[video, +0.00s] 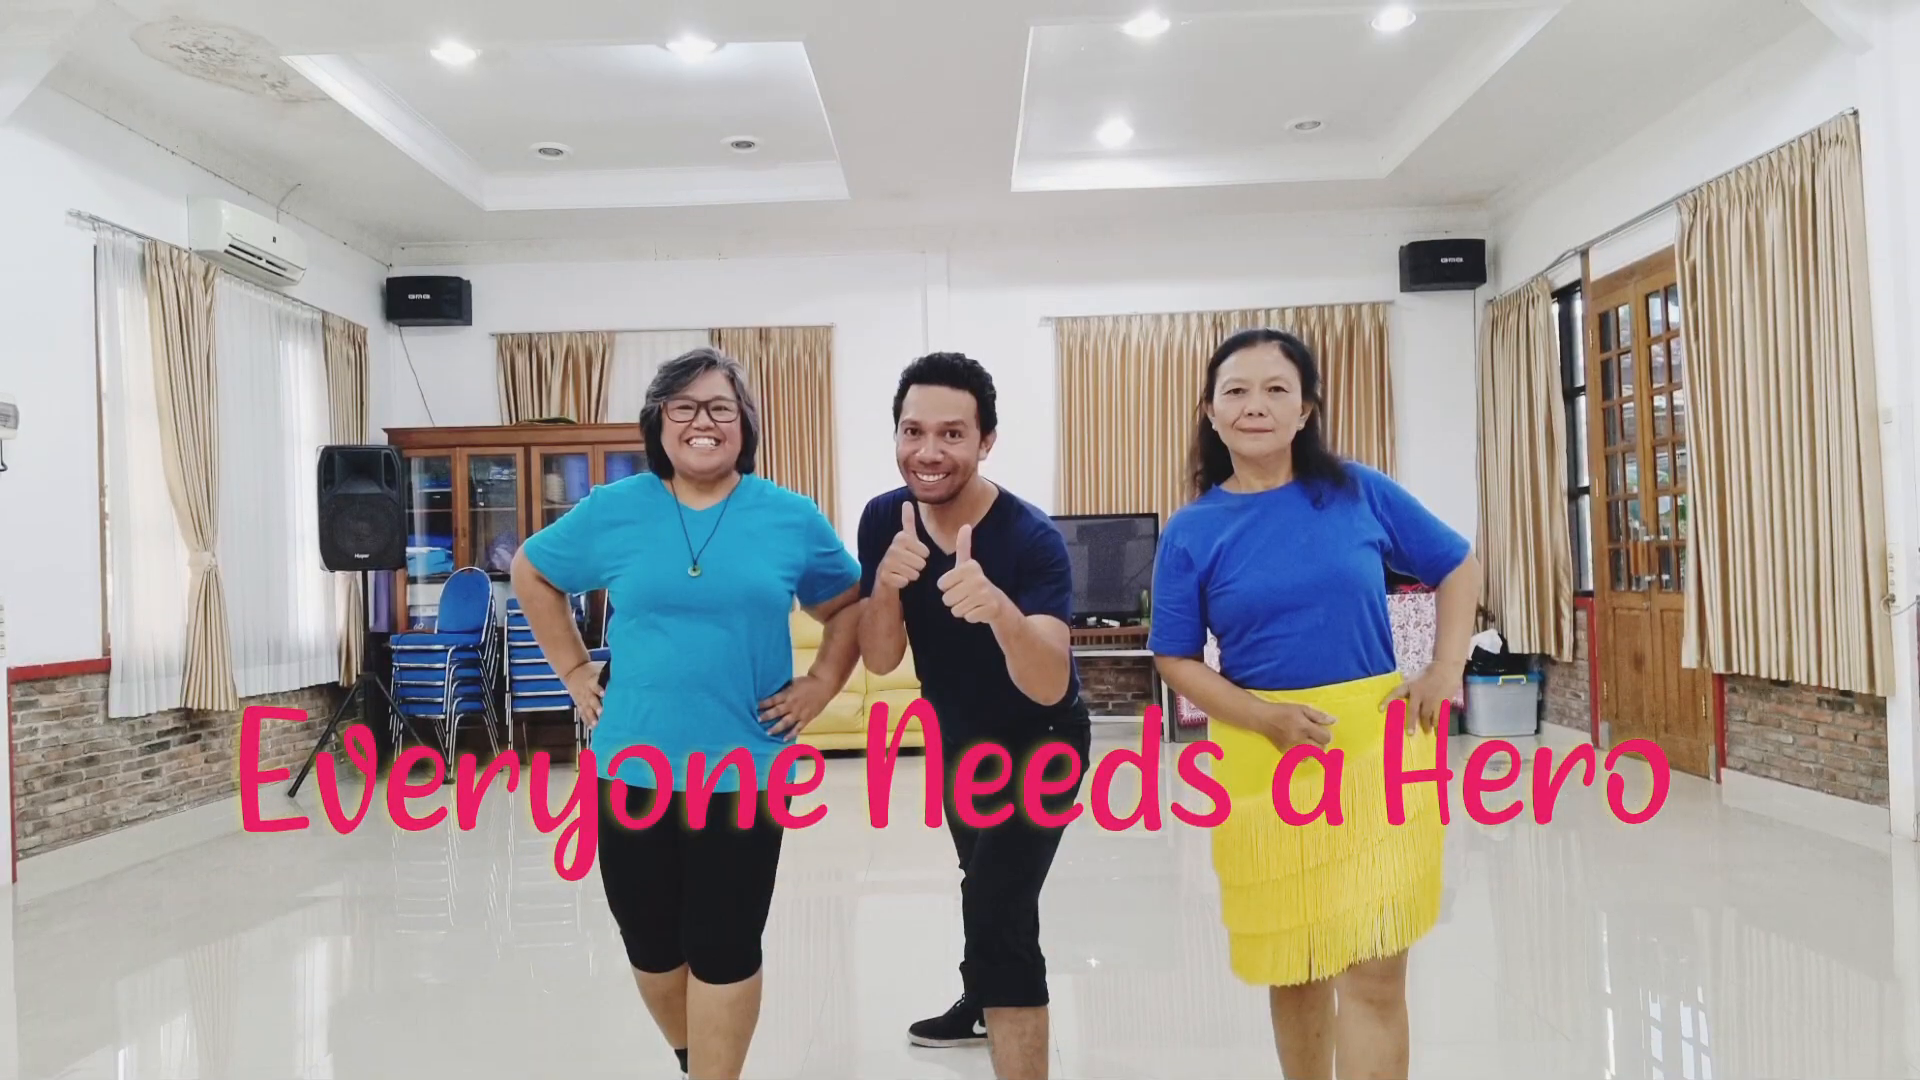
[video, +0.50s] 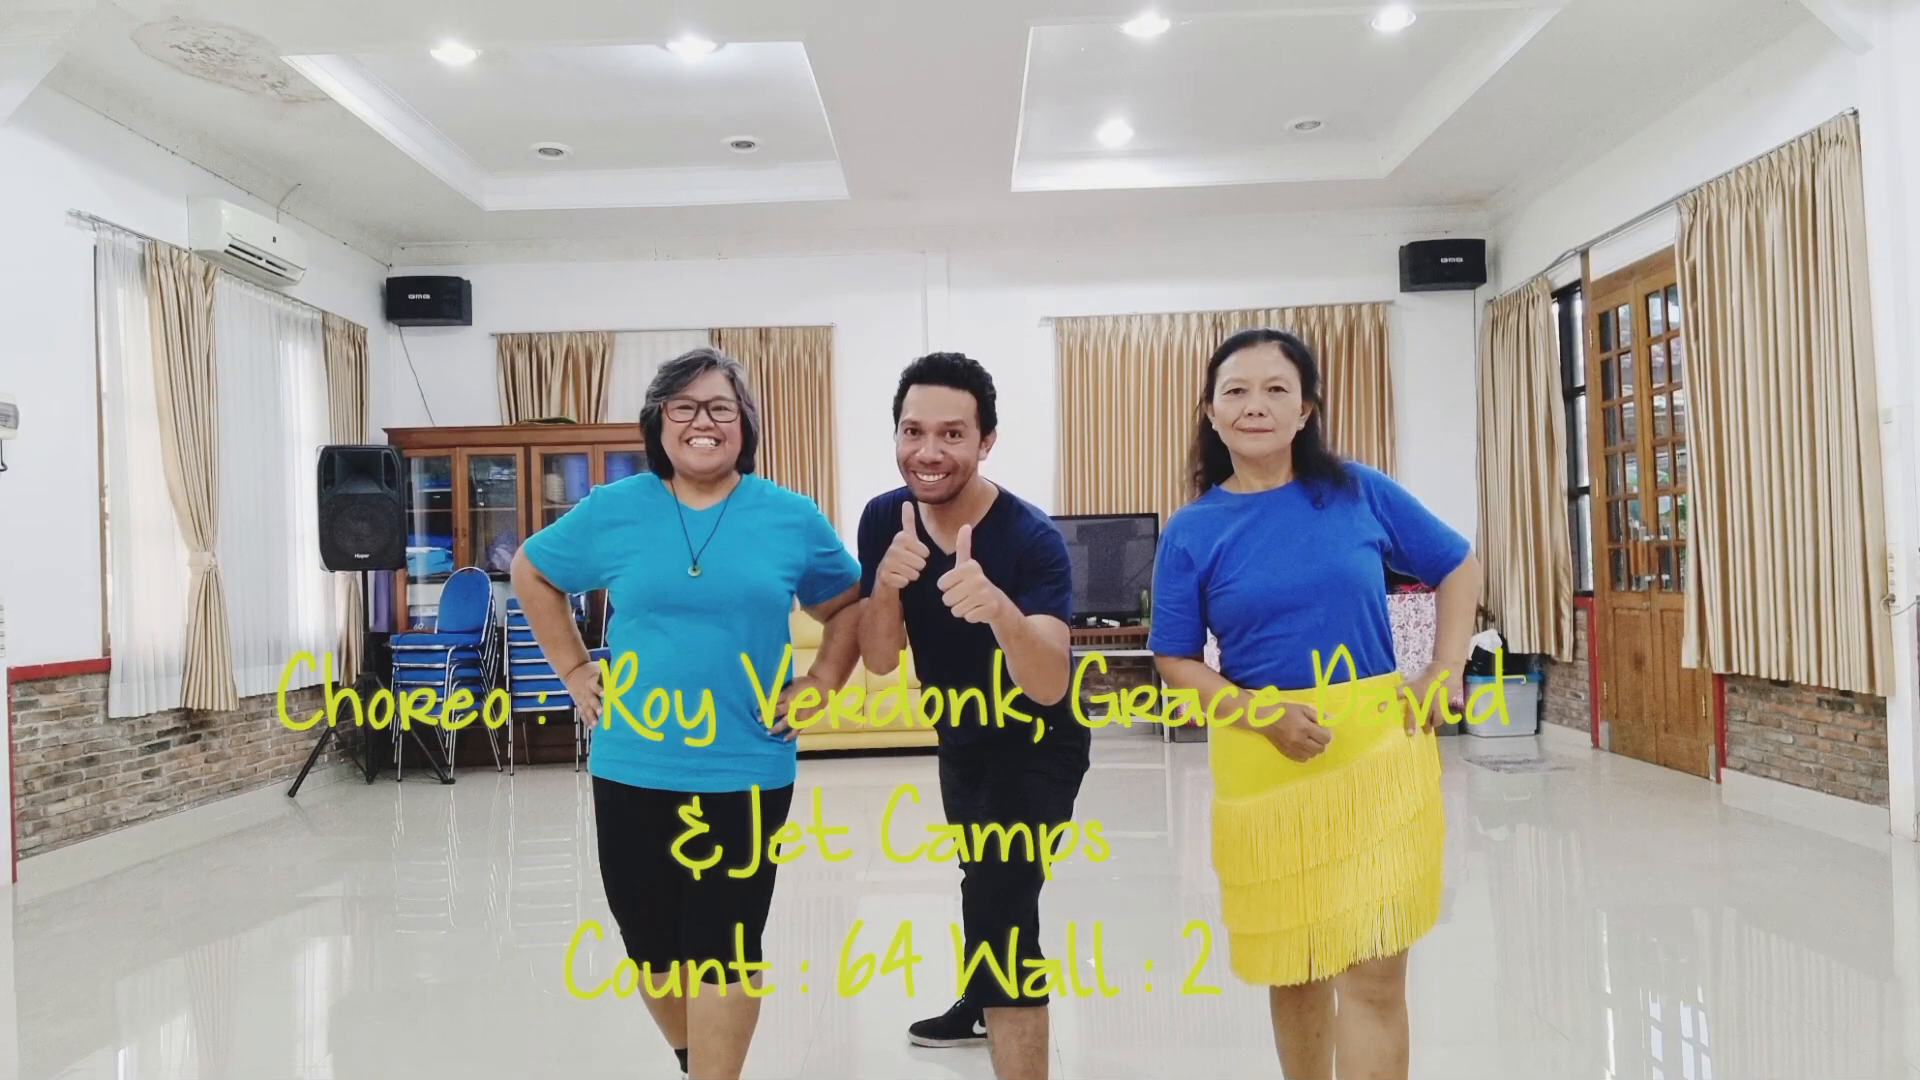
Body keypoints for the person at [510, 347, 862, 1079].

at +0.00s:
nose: (703, 421)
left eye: (720, 408)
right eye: (686, 408)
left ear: (746, 427)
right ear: (659, 425)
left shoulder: (790, 518)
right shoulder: (614, 510)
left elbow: (848, 608)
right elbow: (530, 570)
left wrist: (821, 683)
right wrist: (575, 670)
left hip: (743, 783)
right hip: (631, 779)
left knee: (724, 962)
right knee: (657, 961)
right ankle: (701, 1065)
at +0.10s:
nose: (703, 421)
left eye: (720, 409)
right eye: (686, 408)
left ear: (746, 427)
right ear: (659, 425)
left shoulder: (791, 518)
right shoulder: (614, 510)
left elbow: (848, 607)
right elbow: (530, 570)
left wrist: (822, 682)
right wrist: (573, 668)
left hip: (745, 775)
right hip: (632, 775)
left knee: (725, 960)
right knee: (656, 963)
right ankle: (704, 1066)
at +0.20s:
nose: (703, 421)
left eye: (720, 409)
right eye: (686, 408)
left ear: (746, 427)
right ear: (659, 425)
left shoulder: (791, 518)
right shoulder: (614, 510)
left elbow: (848, 607)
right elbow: (530, 570)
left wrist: (822, 682)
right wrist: (573, 668)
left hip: (745, 775)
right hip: (632, 775)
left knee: (725, 960)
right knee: (656, 963)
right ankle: (704, 1066)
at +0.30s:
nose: (703, 421)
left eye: (720, 409)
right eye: (686, 408)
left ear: (746, 427)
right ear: (659, 425)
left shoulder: (791, 518)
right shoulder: (614, 510)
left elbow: (848, 607)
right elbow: (530, 570)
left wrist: (822, 682)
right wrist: (573, 668)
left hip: (745, 775)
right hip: (632, 775)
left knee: (725, 960)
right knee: (656, 963)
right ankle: (704, 1066)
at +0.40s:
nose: (703, 421)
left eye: (720, 409)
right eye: (686, 408)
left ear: (746, 427)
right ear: (659, 425)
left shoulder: (791, 518)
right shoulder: (614, 510)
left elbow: (848, 607)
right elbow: (530, 570)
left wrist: (822, 682)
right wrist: (573, 668)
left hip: (745, 775)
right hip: (632, 774)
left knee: (725, 960)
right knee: (656, 963)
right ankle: (704, 1066)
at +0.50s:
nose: (703, 421)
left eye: (720, 409)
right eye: (686, 408)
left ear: (746, 427)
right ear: (659, 425)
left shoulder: (791, 518)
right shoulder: (614, 510)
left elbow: (848, 607)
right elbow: (530, 570)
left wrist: (822, 682)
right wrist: (573, 668)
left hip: (745, 775)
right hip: (632, 774)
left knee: (725, 960)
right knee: (656, 963)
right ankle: (704, 1066)